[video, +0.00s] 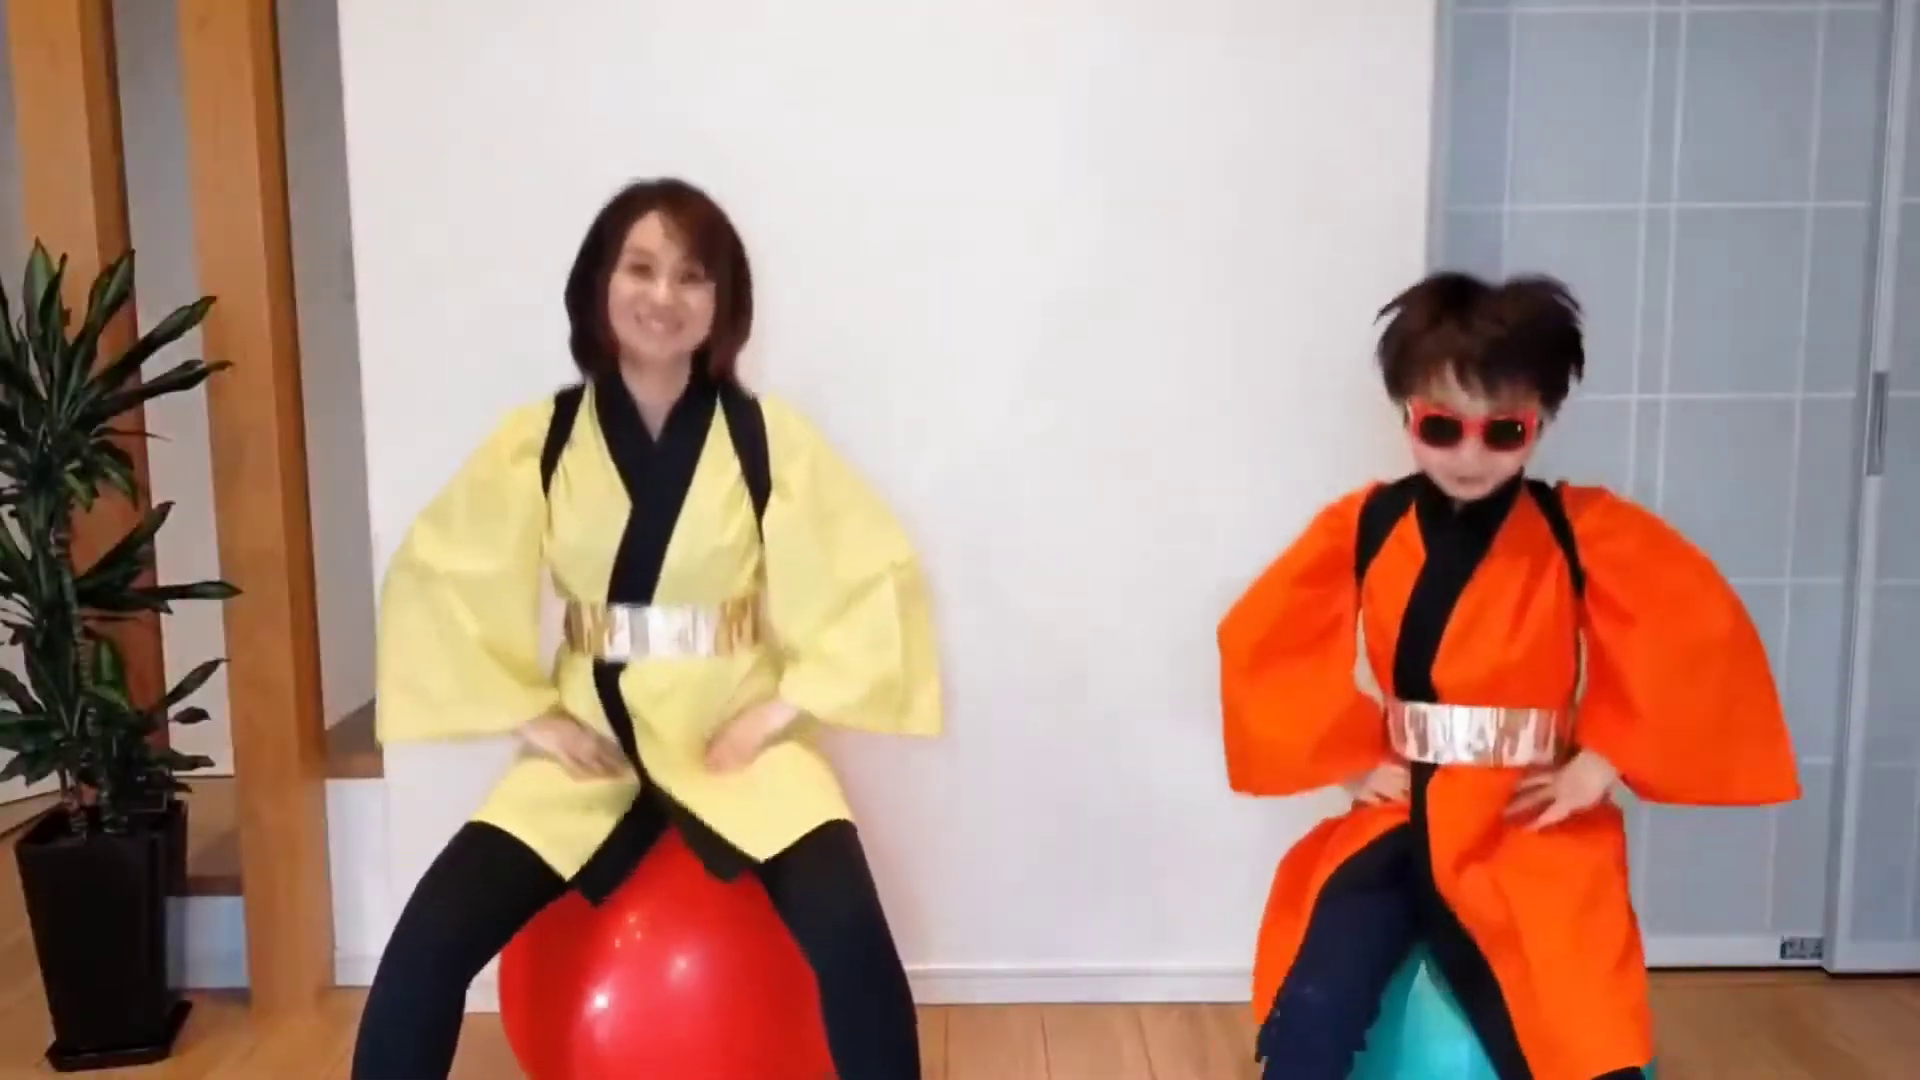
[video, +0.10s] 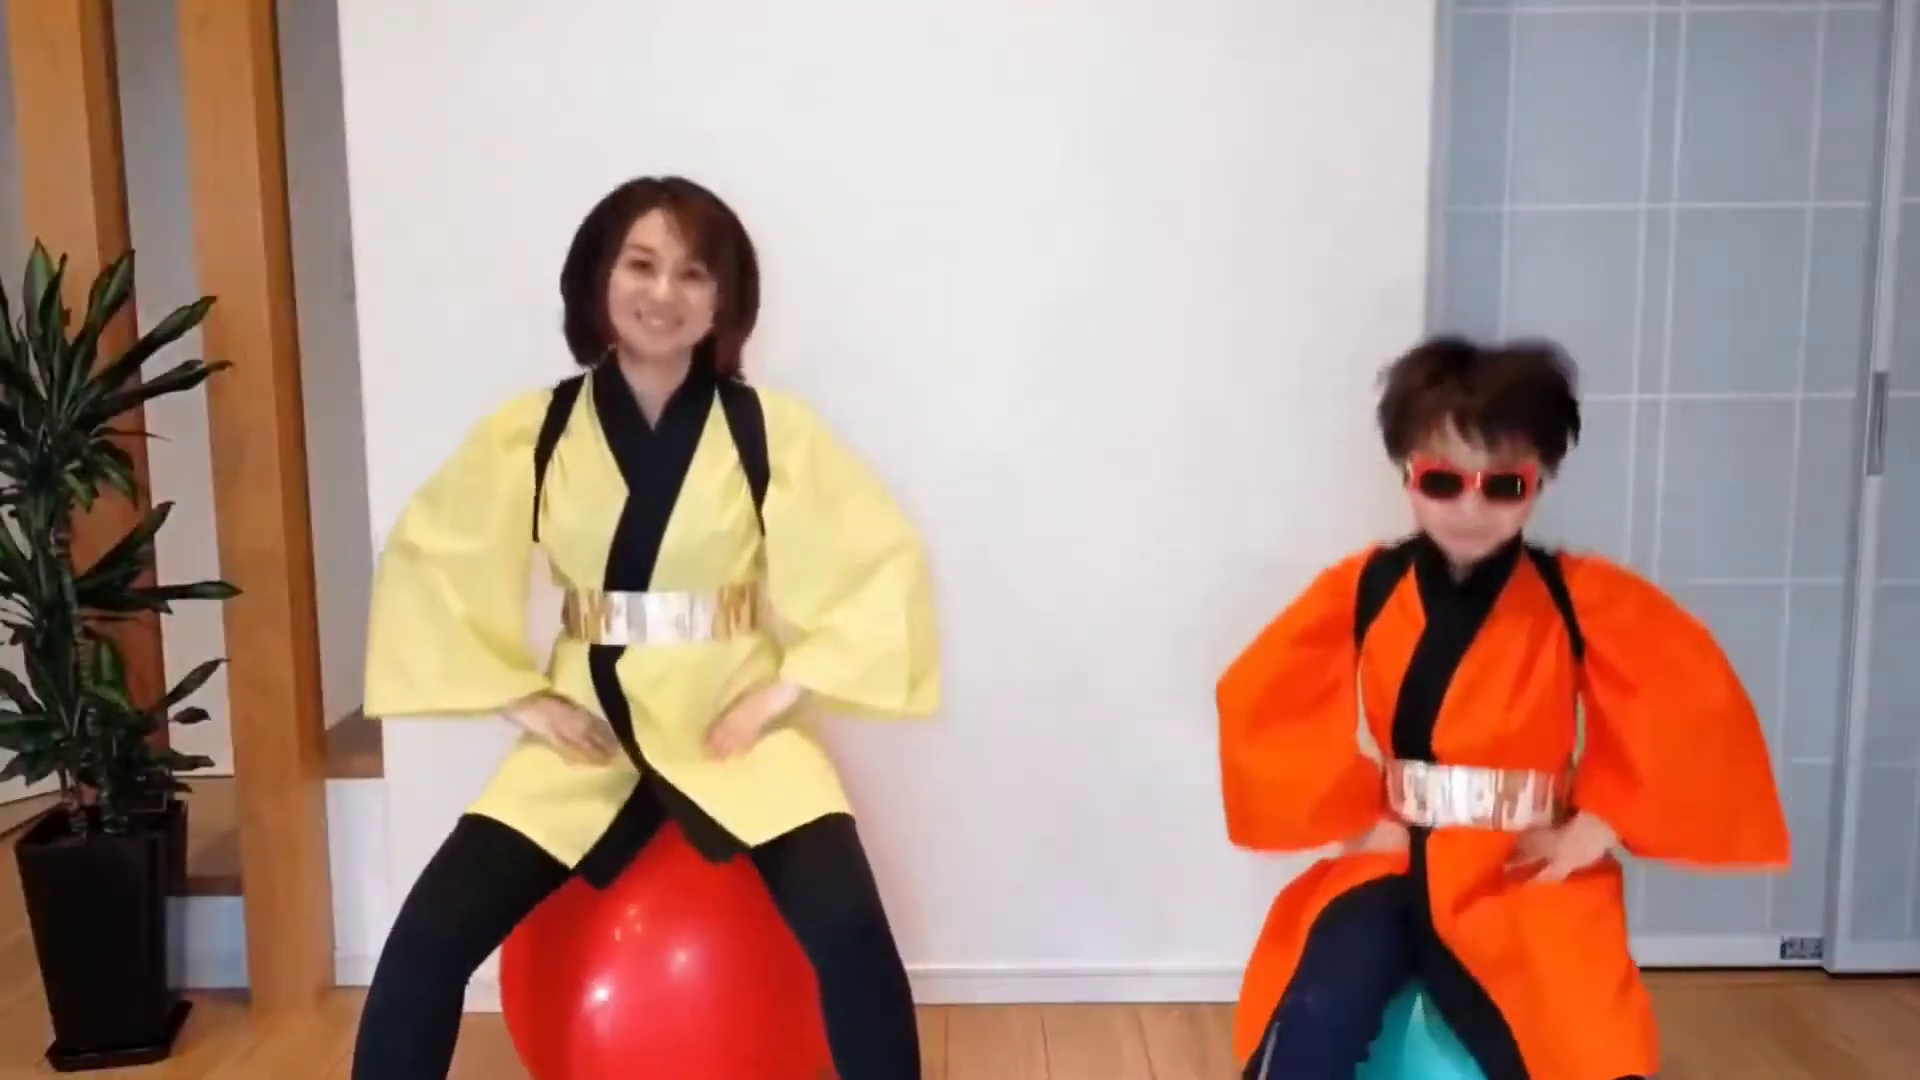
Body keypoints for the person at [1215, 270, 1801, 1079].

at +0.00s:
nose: (1471, 456)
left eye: (1503, 431)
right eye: (1442, 428)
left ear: (1541, 421)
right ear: (1404, 414)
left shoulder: (1589, 532)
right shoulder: (1363, 528)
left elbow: (1702, 644)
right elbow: (1260, 644)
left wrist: (1606, 757)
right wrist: (1353, 754)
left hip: (1535, 824)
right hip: (1396, 817)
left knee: (1583, 1041)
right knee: (1311, 1006)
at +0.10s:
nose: (1472, 506)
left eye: (1503, 483)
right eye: (1444, 480)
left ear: (1541, 481)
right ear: (1405, 476)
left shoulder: (1584, 597)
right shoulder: (1368, 587)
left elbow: (1695, 715)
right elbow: (1259, 701)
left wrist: (1602, 824)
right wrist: (1357, 809)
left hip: (1527, 871)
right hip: (1391, 859)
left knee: (1578, 1047)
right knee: (1319, 1001)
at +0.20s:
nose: (1469, 562)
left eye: (1501, 540)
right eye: (1440, 537)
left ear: (1538, 552)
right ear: (1404, 545)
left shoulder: (1578, 675)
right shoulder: (1365, 661)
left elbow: (1697, 797)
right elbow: (1253, 763)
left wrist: (1596, 898)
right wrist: (1351, 858)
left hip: (1520, 936)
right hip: (1384, 920)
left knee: (1593, 1054)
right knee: (1323, 1007)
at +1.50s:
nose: (1465, 432)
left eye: (1497, 407)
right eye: (1436, 406)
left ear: (1535, 423)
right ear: (1397, 418)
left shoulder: (1575, 549)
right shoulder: (1360, 536)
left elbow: (1693, 677)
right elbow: (1247, 646)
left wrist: (1587, 785)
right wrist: (1346, 762)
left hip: (1521, 832)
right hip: (1381, 819)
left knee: (1634, 1041)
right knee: (1282, 994)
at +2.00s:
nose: (1473, 441)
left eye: (1508, 418)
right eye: (1444, 415)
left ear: (1547, 443)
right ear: (1406, 431)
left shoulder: (1574, 567)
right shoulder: (1363, 543)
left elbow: (1685, 700)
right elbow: (1247, 646)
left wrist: (1566, 802)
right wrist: (1334, 772)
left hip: (1505, 840)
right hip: (1369, 827)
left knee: (1606, 1029)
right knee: (1296, 982)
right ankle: (1280, 1069)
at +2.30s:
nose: (1474, 563)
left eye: (1504, 541)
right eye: (1444, 540)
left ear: (1535, 559)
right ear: (1402, 560)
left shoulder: (1564, 684)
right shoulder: (1359, 665)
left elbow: (1686, 808)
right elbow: (1238, 759)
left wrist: (1560, 890)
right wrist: (1341, 856)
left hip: (1507, 928)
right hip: (1374, 915)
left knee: (1602, 1032)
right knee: (1322, 975)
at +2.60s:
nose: (1476, 426)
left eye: (1509, 402)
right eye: (1445, 400)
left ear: (1542, 415)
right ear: (1402, 416)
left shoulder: (1573, 540)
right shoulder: (1363, 527)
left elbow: (1691, 663)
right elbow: (1238, 629)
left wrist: (1583, 776)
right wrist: (1338, 747)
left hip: (1515, 821)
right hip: (1381, 810)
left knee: (1613, 1026)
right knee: (1300, 969)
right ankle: (1281, 1067)